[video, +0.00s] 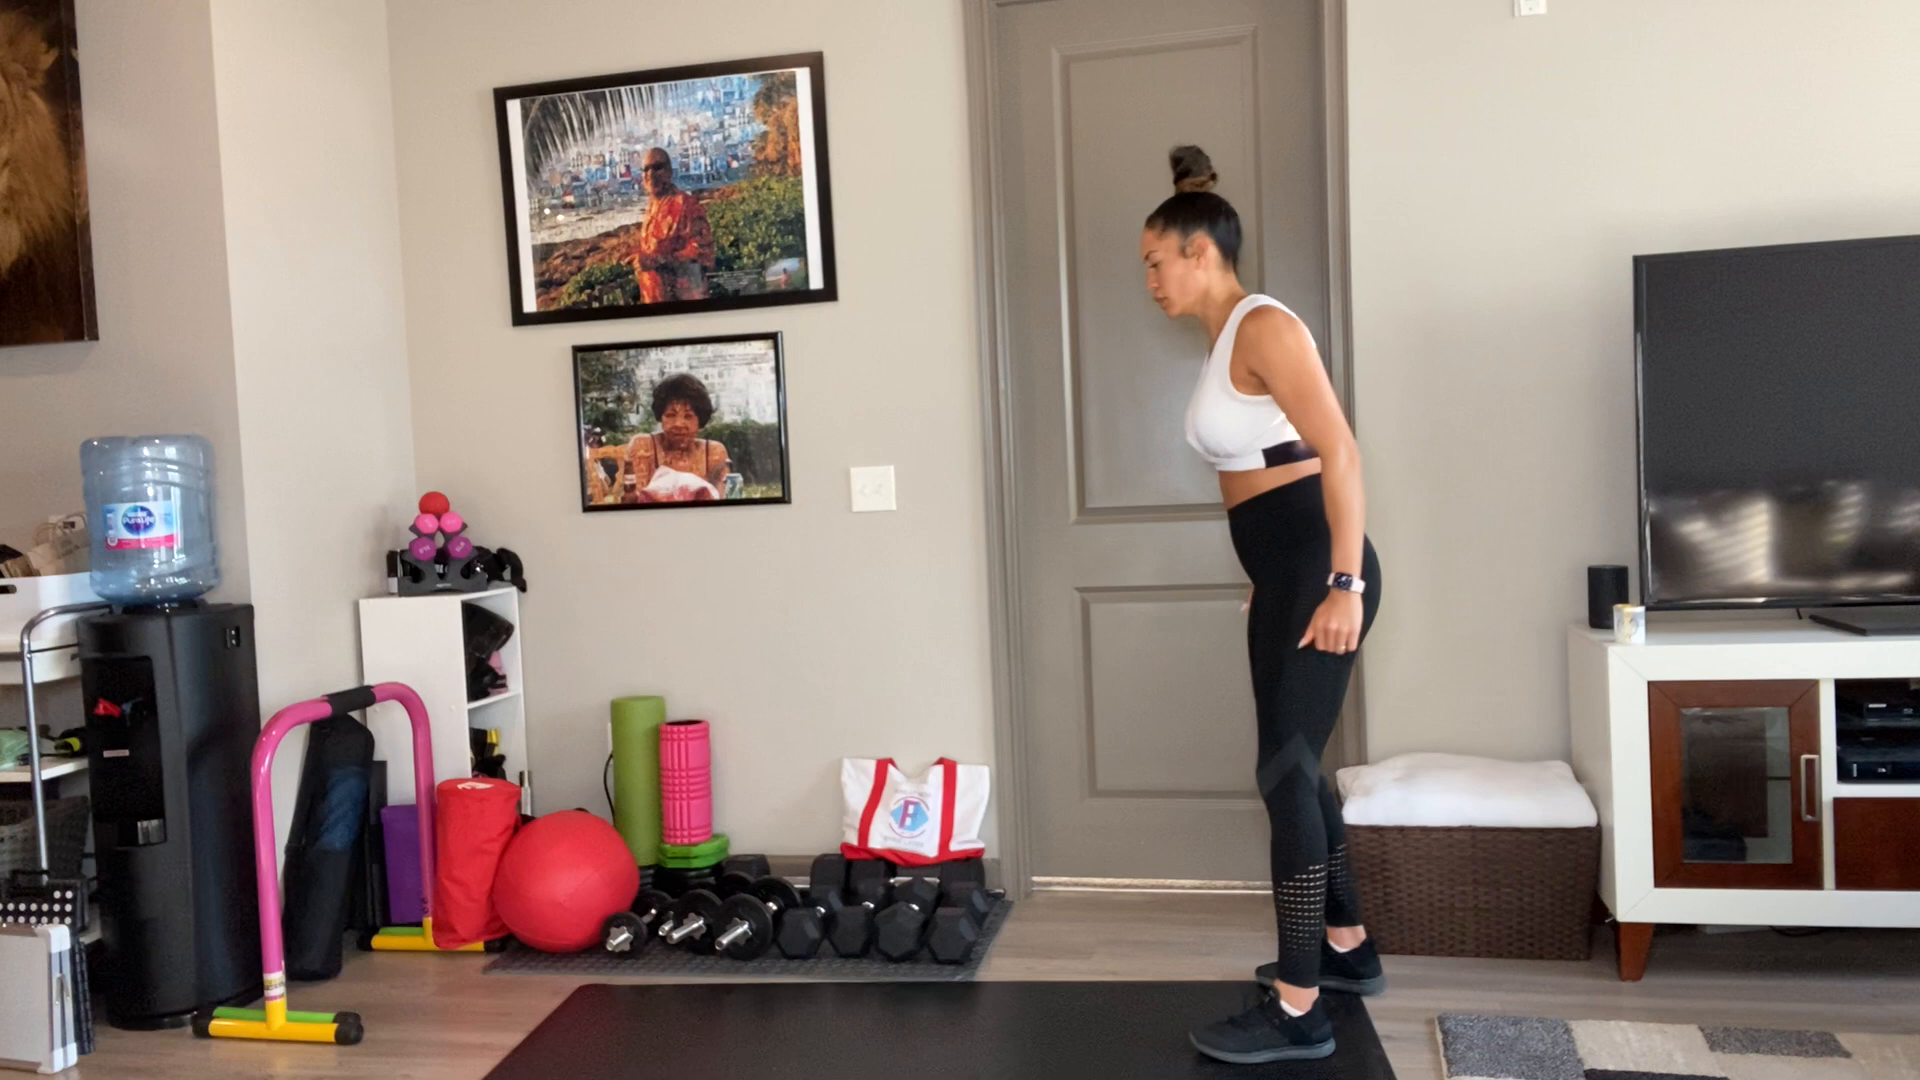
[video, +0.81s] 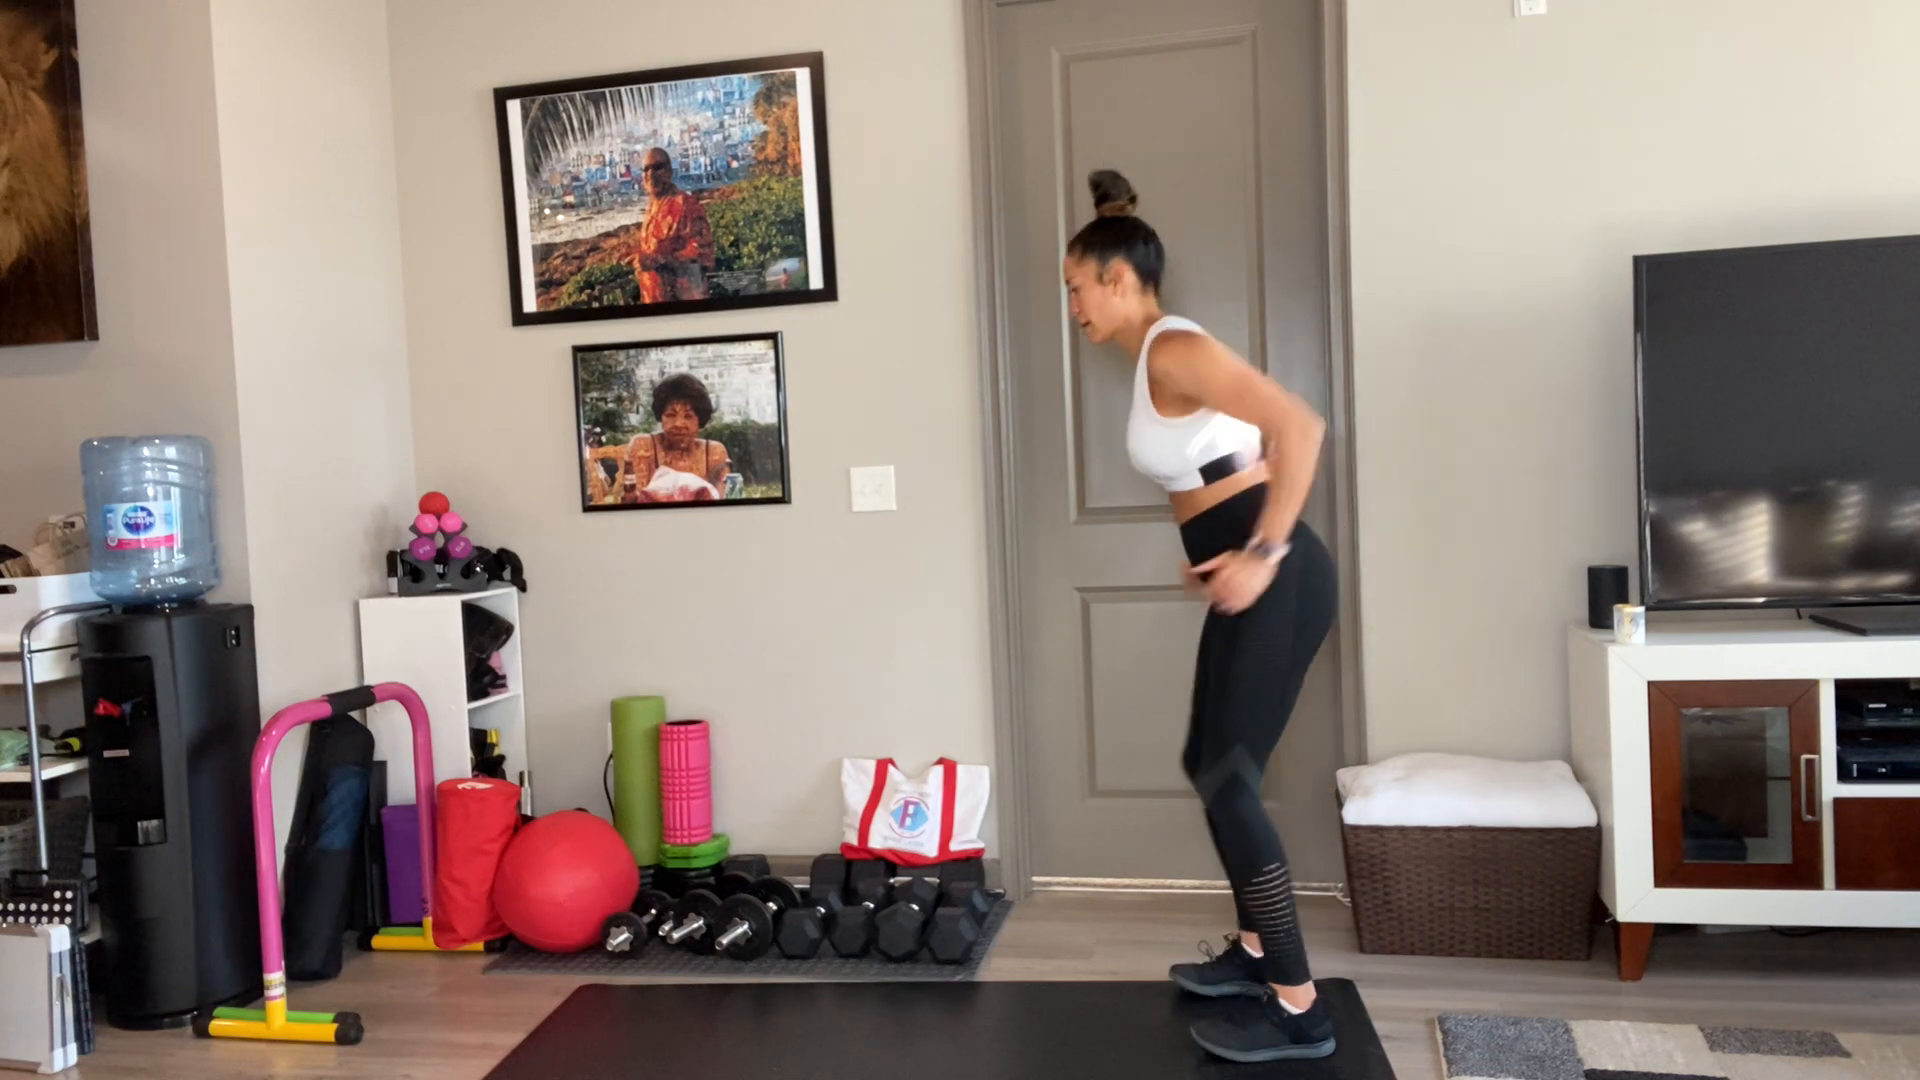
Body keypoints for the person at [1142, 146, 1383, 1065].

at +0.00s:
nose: (1150, 281)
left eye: (1159, 263)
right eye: (1147, 266)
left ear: (1207, 254)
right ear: (1196, 260)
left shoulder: (1268, 329)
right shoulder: (1227, 340)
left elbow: (1340, 452)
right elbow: (1267, 471)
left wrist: (1345, 582)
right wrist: (1264, 579)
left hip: (1316, 559)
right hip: (1282, 563)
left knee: (1286, 768)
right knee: (1293, 763)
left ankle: (1298, 1000)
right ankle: (1348, 939)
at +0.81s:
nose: (1072, 304)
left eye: (1081, 287)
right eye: (1070, 289)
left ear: (1127, 282)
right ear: (1123, 284)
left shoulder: (1178, 352)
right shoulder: (1152, 361)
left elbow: (1301, 428)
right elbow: (1245, 446)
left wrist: (1265, 554)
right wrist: (1216, 552)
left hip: (1275, 570)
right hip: (1243, 574)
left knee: (1228, 772)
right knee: (1208, 764)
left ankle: (1297, 995)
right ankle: (1259, 947)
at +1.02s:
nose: (1111, 315)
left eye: (1122, 299)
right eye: (1107, 301)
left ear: (1164, 297)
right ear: (1129, 304)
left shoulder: (1192, 376)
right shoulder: (1175, 370)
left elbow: (1065, 439)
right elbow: (1074, 440)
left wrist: (1036, 340)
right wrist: (1053, 347)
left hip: (1252, 610)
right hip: (1222, 609)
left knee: (1159, 800)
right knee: (1152, 791)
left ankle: (1277, 989)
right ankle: (1247, 960)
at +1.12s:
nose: (1104, 221)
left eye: (1113, 206)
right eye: (1098, 209)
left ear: (1151, 197)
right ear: (1113, 212)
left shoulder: (1189, 265)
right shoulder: (1147, 275)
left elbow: (1050, 245)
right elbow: (1057, 271)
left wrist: (1043, 139)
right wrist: (1046, 150)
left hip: (1226, 513)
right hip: (1191, 519)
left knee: (1221, 729)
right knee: (1211, 726)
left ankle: (1263, 960)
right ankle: (1228, 920)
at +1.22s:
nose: (1076, 180)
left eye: (1084, 160)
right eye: (1074, 163)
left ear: (1123, 146)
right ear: (1115, 147)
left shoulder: (1173, 206)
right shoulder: (1143, 220)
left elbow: (1066, 129)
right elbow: (1066, 136)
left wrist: (1016, 29)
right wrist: (1027, 40)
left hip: (1223, 450)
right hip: (1200, 454)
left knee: (1208, 664)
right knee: (1205, 665)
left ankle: (1262, 889)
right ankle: (1258, 875)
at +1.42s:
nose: (1058, 191)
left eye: (1060, 173)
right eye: (1053, 177)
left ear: (1095, 155)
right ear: (1094, 155)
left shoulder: (1146, 214)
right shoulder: (1124, 227)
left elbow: (1041, 172)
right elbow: (1047, 180)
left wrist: (983, 92)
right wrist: (1012, 112)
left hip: (1222, 458)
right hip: (1206, 460)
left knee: (1206, 671)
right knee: (1206, 671)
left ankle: (1252, 895)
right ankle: (1237, 873)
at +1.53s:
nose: (1041, 271)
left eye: (1052, 254)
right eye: (1034, 258)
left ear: (1091, 244)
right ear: (1055, 255)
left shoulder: (1142, 300)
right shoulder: (1101, 305)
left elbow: (1080, 336)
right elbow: (1053, 306)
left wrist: (1002, 291)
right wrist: (1016, 279)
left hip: (1234, 521)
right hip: (1206, 528)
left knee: (1195, 733)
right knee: (1192, 732)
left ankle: (1257, 964)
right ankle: (1233, 929)